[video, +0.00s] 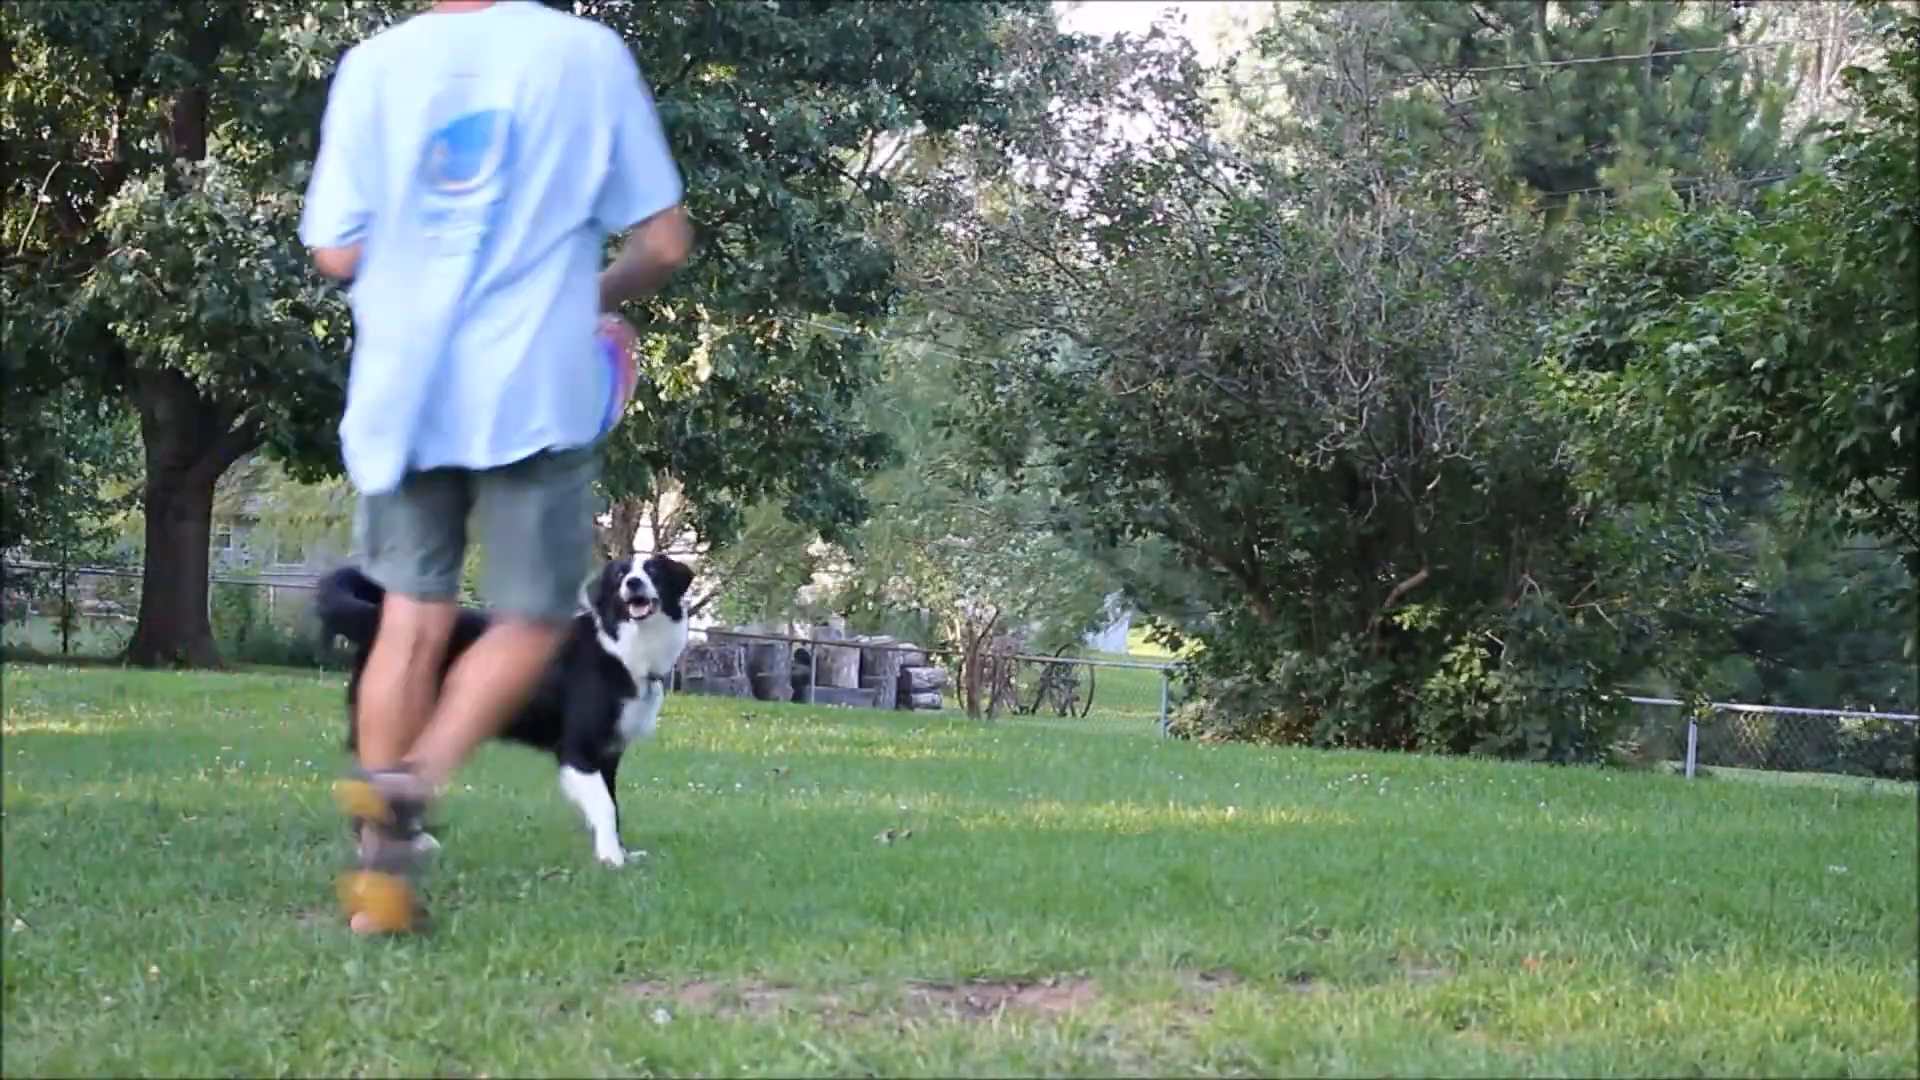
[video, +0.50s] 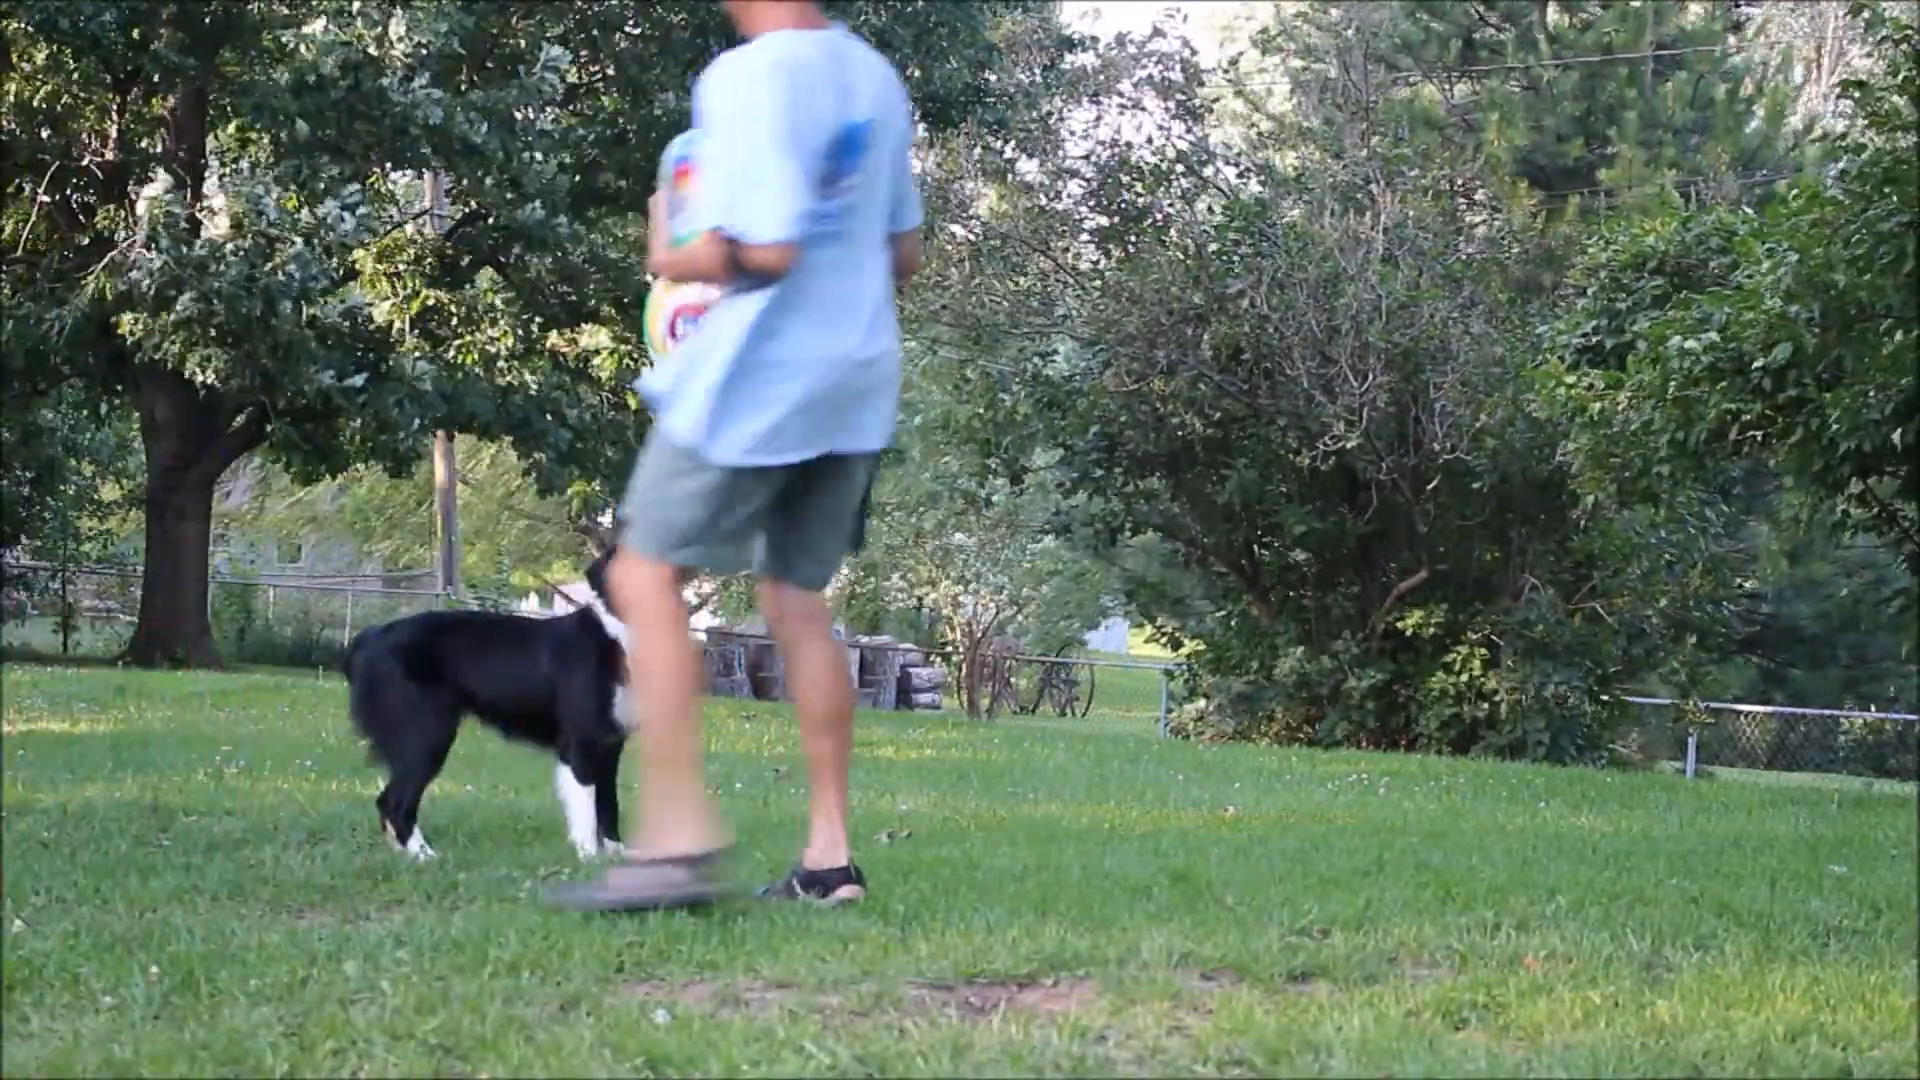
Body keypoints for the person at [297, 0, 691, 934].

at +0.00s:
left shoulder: (372, 64)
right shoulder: (591, 52)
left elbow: (335, 254)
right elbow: (664, 242)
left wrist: (427, 246)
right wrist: (586, 296)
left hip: (402, 386)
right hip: (539, 386)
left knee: (408, 619)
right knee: (529, 618)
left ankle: (380, 873)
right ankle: (415, 776)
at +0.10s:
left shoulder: (420, 54)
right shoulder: (644, 47)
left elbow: (379, 237)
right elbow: (716, 235)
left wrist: (477, 246)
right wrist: (619, 270)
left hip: (453, 383)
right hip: (594, 381)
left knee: (432, 623)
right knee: (609, 587)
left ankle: (383, 876)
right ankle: (568, 801)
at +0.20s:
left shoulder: (482, 63)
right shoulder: (704, 66)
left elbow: (438, 237)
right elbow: (771, 244)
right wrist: (679, 261)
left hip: (511, 394)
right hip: (654, 391)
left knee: (465, 617)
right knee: (680, 598)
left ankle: (390, 862)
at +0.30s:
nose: (592, 4)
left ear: (601, 1)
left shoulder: (558, 87)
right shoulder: (765, 91)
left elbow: (530, 263)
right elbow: (824, 271)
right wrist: (726, 284)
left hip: (578, 411)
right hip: (723, 409)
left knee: (504, 617)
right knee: (746, 620)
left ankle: (399, 851)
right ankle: (826, 856)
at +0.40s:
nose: (660, 13)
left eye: (660, 5)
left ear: (671, 7)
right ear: (753, 2)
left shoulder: (655, 97)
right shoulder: (830, 94)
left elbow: (661, 271)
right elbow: (871, 271)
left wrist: (607, 280)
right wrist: (776, 293)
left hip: (680, 408)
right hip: (807, 408)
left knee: (577, 605)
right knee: (770, 614)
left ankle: (477, 842)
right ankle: (825, 857)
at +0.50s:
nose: (724, 5)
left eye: (726, 2)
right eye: (730, 1)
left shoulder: (748, 74)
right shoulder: (879, 73)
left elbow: (763, 253)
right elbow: (900, 254)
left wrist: (671, 259)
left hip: (751, 388)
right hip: (857, 392)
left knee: (643, 571)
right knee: (797, 598)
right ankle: (829, 853)